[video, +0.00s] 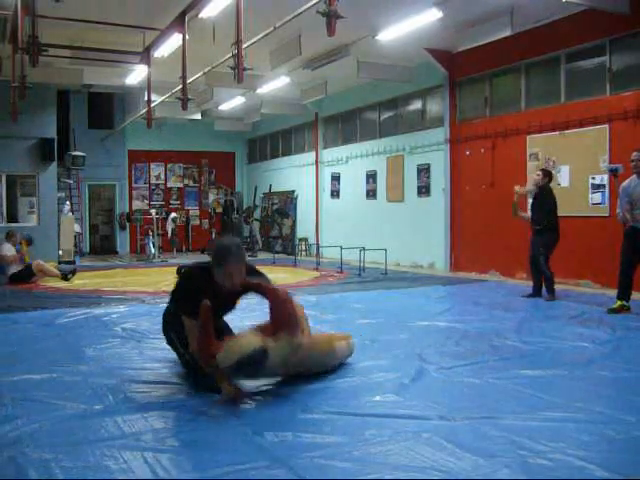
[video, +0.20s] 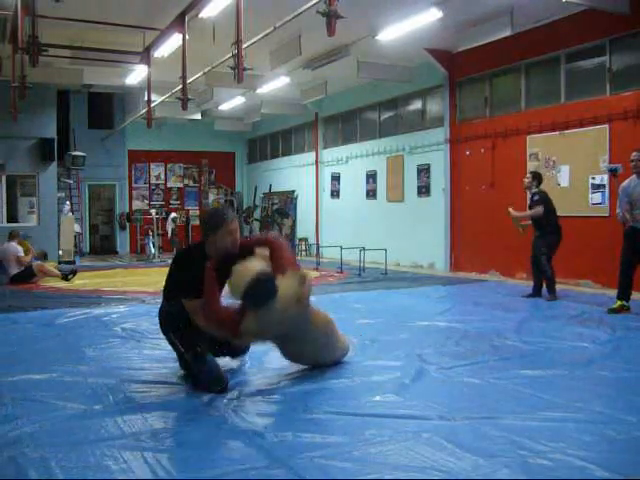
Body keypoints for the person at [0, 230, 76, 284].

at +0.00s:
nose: (17, 240)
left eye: (17, 238)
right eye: (16, 238)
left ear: (12, 238)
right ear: (11, 238)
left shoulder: (13, 248)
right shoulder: (6, 247)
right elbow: (7, 260)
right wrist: (20, 255)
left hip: (20, 274)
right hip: (14, 276)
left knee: (44, 269)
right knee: (38, 264)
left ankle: (64, 274)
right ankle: (62, 276)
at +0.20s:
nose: (19, 240)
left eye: (19, 238)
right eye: (19, 238)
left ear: (9, 237)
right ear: (17, 238)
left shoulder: (4, 247)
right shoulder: (15, 247)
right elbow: (24, 262)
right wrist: (31, 254)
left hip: (11, 277)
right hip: (18, 276)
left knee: (44, 271)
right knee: (39, 266)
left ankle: (64, 274)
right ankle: (63, 276)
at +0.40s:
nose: (22, 240)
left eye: (21, 239)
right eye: (21, 239)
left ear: (12, 237)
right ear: (20, 238)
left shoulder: (3, 246)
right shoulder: (19, 248)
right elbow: (26, 264)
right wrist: (29, 253)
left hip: (10, 278)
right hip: (18, 276)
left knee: (44, 271)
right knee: (42, 266)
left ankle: (64, 275)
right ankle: (64, 275)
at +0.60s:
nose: (18, 240)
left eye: (17, 238)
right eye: (17, 238)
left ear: (10, 237)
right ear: (14, 237)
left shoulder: (9, 246)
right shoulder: (10, 246)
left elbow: (16, 261)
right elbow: (16, 261)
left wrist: (23, 259)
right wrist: (25, 258)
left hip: (16, 275)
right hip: (13, 276)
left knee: (43, 270)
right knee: (40, 265)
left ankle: (64, 275)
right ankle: (63, 275)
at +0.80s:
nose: (18, 239)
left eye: (18, 237)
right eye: (16, 237)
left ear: (18, 238)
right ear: (11, 237)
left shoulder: (18, 247)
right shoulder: (6, 246)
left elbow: (23, 261)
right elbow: (3, 259)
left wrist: (25, 254)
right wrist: (15, 253)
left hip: (22, 274)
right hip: (13, 276)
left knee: (44, 270)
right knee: (38, 263)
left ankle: (64, 274)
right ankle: (62, 275)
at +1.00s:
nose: (16, 239)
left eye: (18, 237)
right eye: (15, 237)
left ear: (21, 238)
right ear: (11, 238)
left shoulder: (22, 247)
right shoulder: (6, 247)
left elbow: (31, 240)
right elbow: (2, 257)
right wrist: (10, 248)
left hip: (23, 274)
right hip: (12, 276)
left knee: (44, 269)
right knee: (39, 264)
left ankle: (63, 274)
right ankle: (61, 275)